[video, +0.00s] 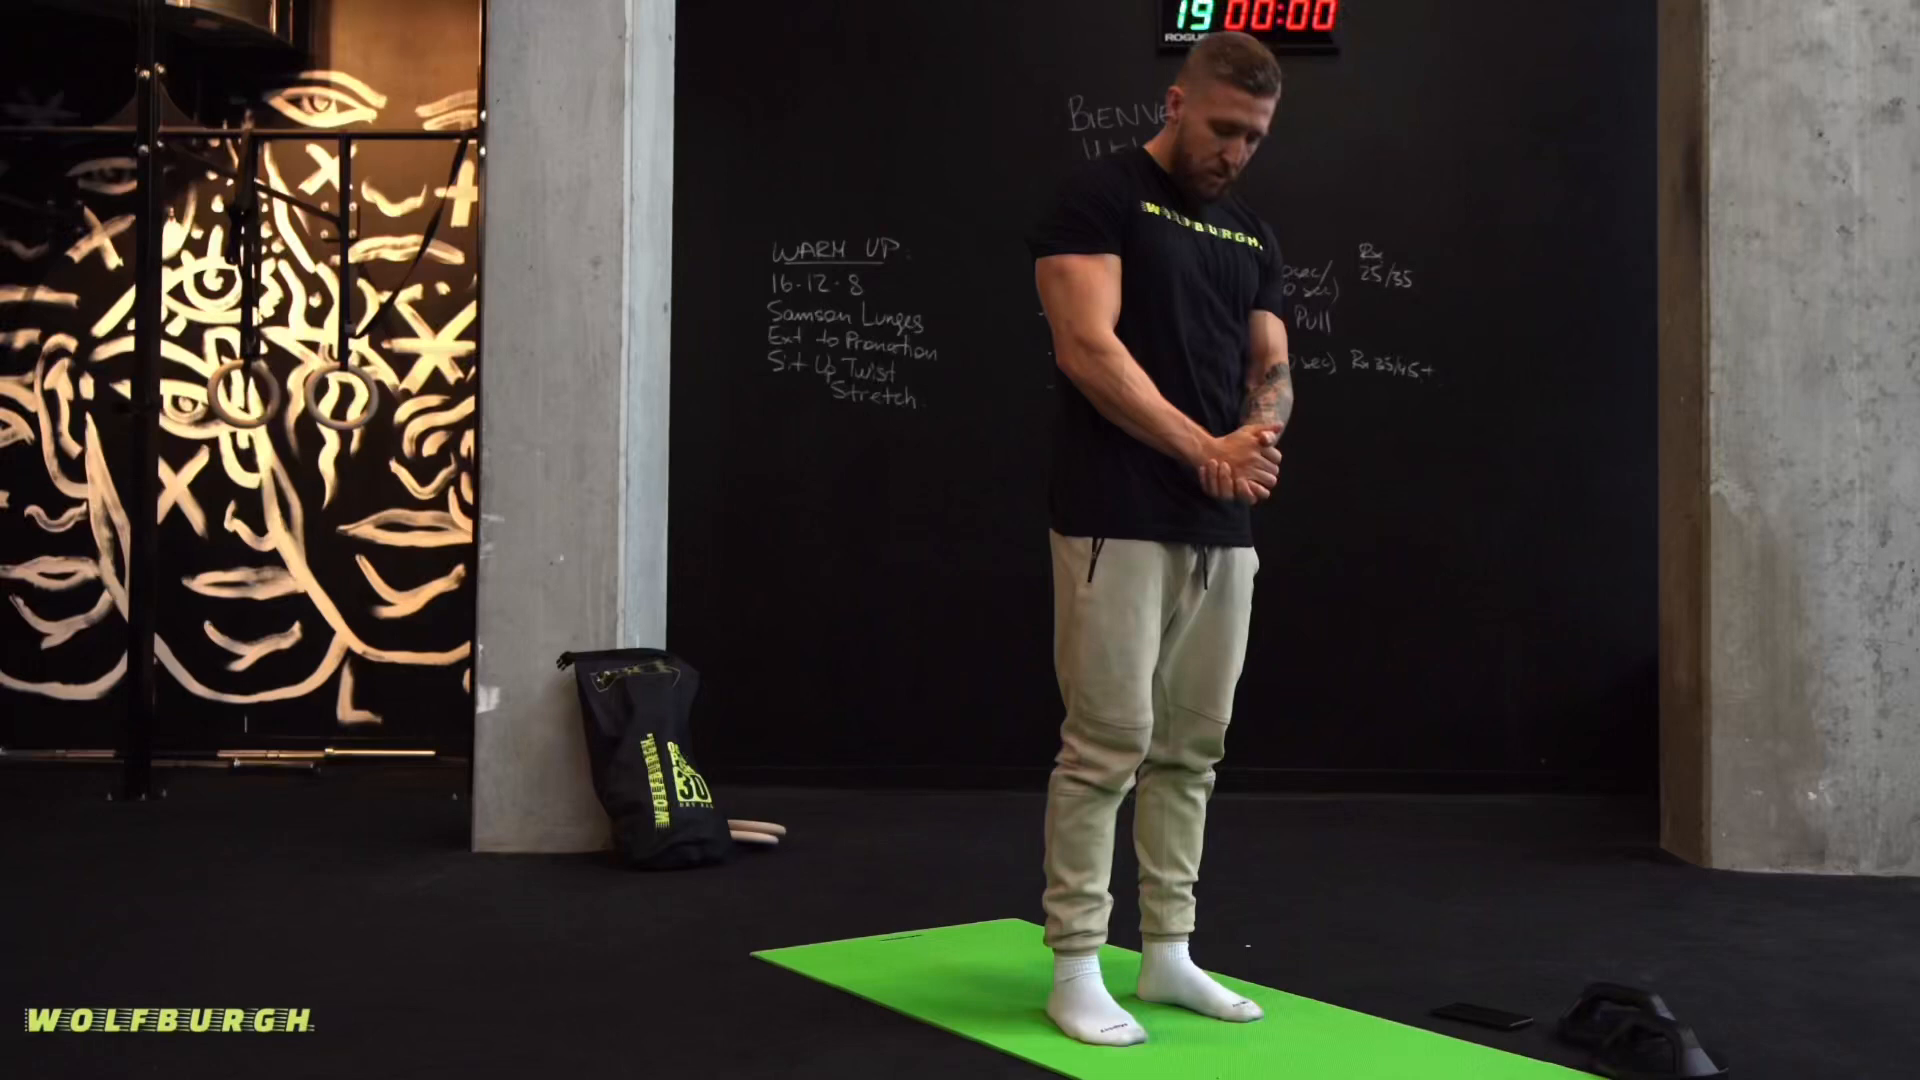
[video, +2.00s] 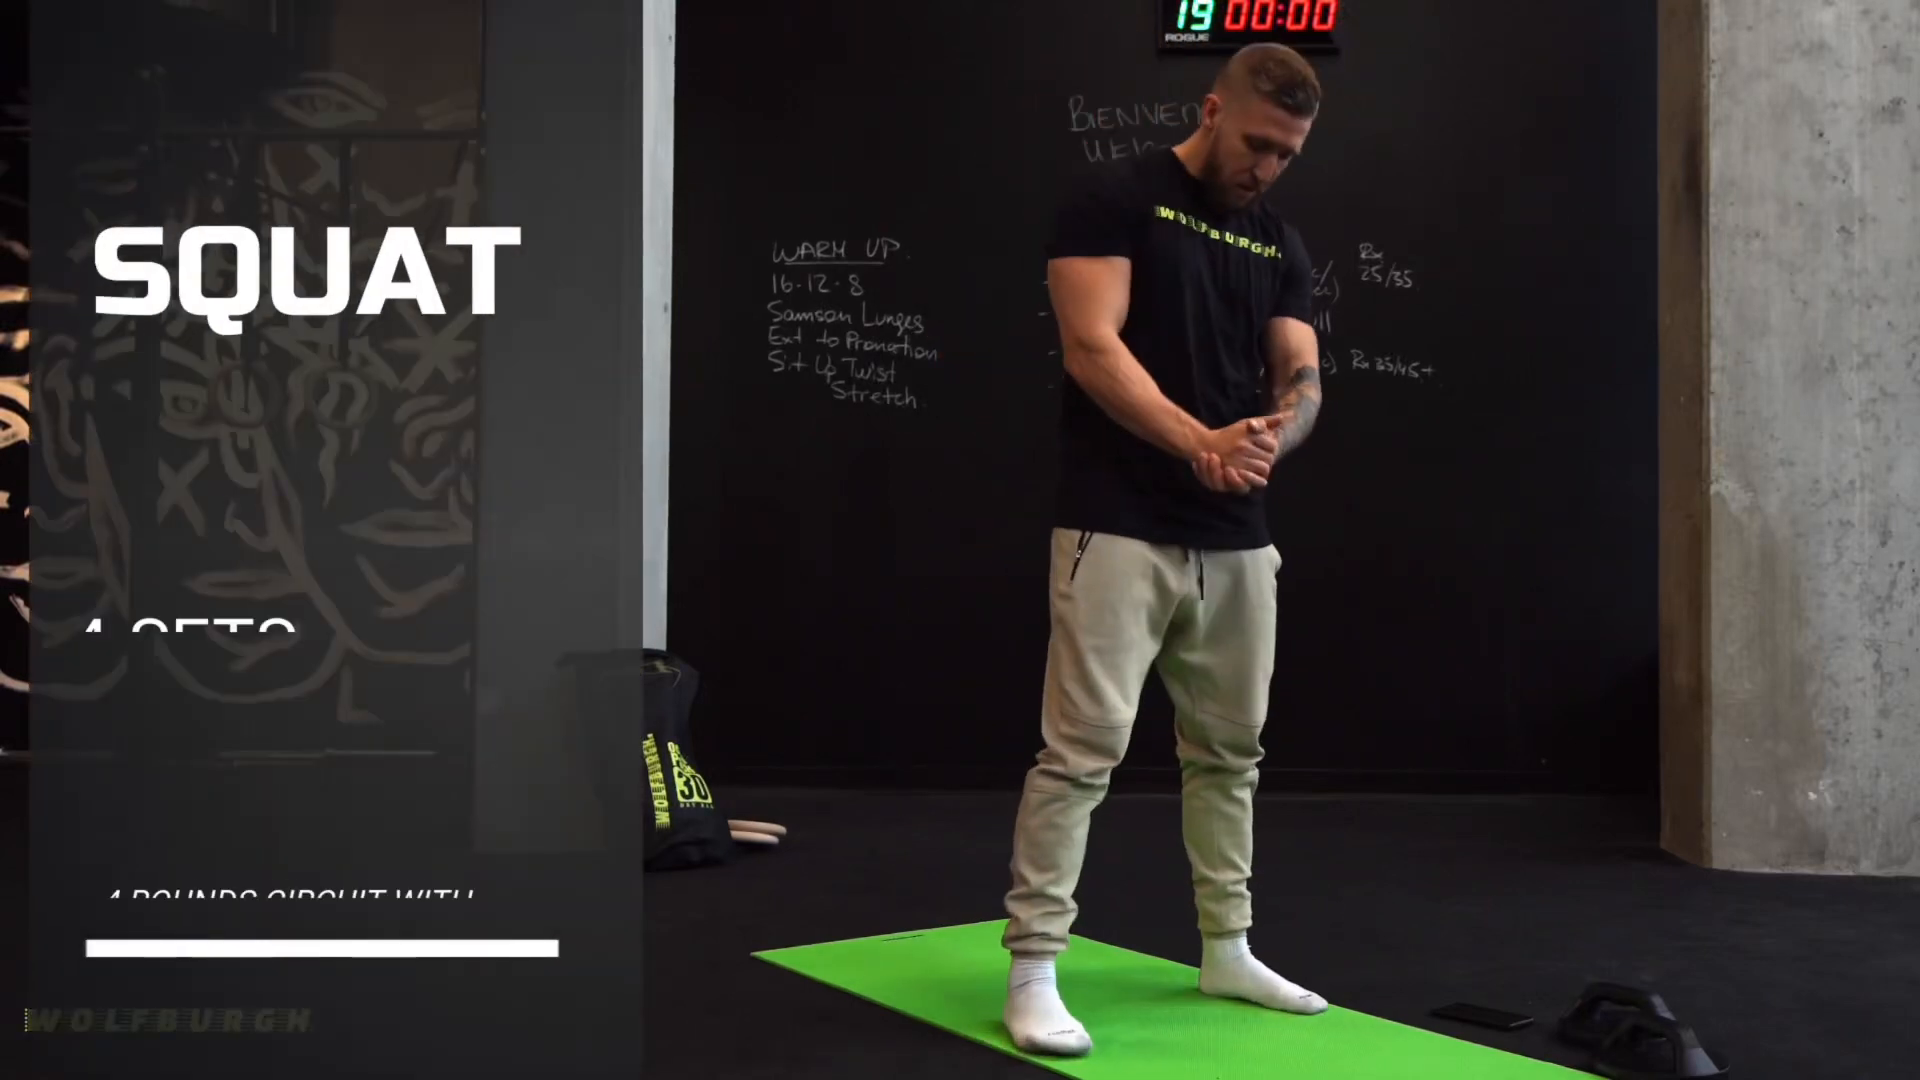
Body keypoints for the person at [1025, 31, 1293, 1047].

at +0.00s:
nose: (1235, 155)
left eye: (1251, 139)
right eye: (1221, 130)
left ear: (1264, 131)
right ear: (1173, 101)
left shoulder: (1248, 235)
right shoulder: (1096, 197)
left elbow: (1272, 369)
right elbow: (1086, 348)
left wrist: (1261, 431)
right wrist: (1202, 448)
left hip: (1219, 524)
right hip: (1115, 517)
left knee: (1190, 747)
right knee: (1106, 744)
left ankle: (1168, 960)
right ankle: (1076, 969)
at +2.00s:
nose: (1267, 170)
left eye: (1287, 154)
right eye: (1257, 145)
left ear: (1301, 146)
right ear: (1210, 111)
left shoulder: (1275, 240)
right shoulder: (1112, 200)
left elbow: (1301, 377)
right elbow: (1091, 349)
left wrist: (1277, 432)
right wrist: (1196, 441)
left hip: (1235, 538)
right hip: (1118, 530)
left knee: (1228, 750)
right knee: (1082, 750)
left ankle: (1228, 954)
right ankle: (1033, 975)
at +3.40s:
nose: (1214, 167)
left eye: (1220, 151)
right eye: (1189, 151)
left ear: (1227, 169)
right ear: (1135, 172)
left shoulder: (1238, 293)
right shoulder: (1086, 277)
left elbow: (1324, 368)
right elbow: (1148, 364)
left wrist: (1387, 366)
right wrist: (1314, 364)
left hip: (1180, 578)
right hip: (1066, 577)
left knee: (1286, 744)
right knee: (1088, 756)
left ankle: (1241, 955)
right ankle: (1036, 982)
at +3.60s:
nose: (1224, 319)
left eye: (1230, 303)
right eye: (1201, 303)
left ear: (1240, 320)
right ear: (1144, 325)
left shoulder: (1240, 426)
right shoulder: (1103, 413)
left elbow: (1368, 462)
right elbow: (1174, 454)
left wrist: (1403, 406)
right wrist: (1346, 386)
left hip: (1167, 667)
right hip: (1050, 668)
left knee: (1309, 750)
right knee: (1090, 760)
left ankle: (1243, 959)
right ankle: (1038, 988)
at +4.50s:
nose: (1212, 170)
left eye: (1217, 155)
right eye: (1188, 155)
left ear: (1224, 174)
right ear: (1132, 174)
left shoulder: (1239, 294)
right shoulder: (1087, 287)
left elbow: (1315, 407)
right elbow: (1113, 425)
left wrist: (1353, 485)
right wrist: (1257, 506)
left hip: (1207, 585)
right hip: (1087, 584)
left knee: (1297, 751)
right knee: (1114, 758)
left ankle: (1242, 959)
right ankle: (1043, 984)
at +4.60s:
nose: (1206, 113)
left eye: (1211, 98)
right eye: (1181, 99)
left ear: (1220, 119)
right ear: (1127, 122)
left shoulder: (1236, 250)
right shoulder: (1082, 234)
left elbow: (1296, 384)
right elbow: (1072, 391)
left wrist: (1324, 493)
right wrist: (1174, 515)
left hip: (1210, 555)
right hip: (1093, 554)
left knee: (1278, 746)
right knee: (1107, 754)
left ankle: (1242, 958)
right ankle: (1041, 982)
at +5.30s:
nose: (1221, 152)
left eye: (1226, 136)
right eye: (1196, 136)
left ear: (1232, 155)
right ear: (1141, 160)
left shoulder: (1245, 288)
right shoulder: (1092, 274)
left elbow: (1323, 393)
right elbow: (1120, 405)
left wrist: (1379, 454)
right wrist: (1276, 458)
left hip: (1198, 577)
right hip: (1080, 573)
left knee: (1291, 750)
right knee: (1092, 760)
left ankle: (1241, 958)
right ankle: (1039, 982)